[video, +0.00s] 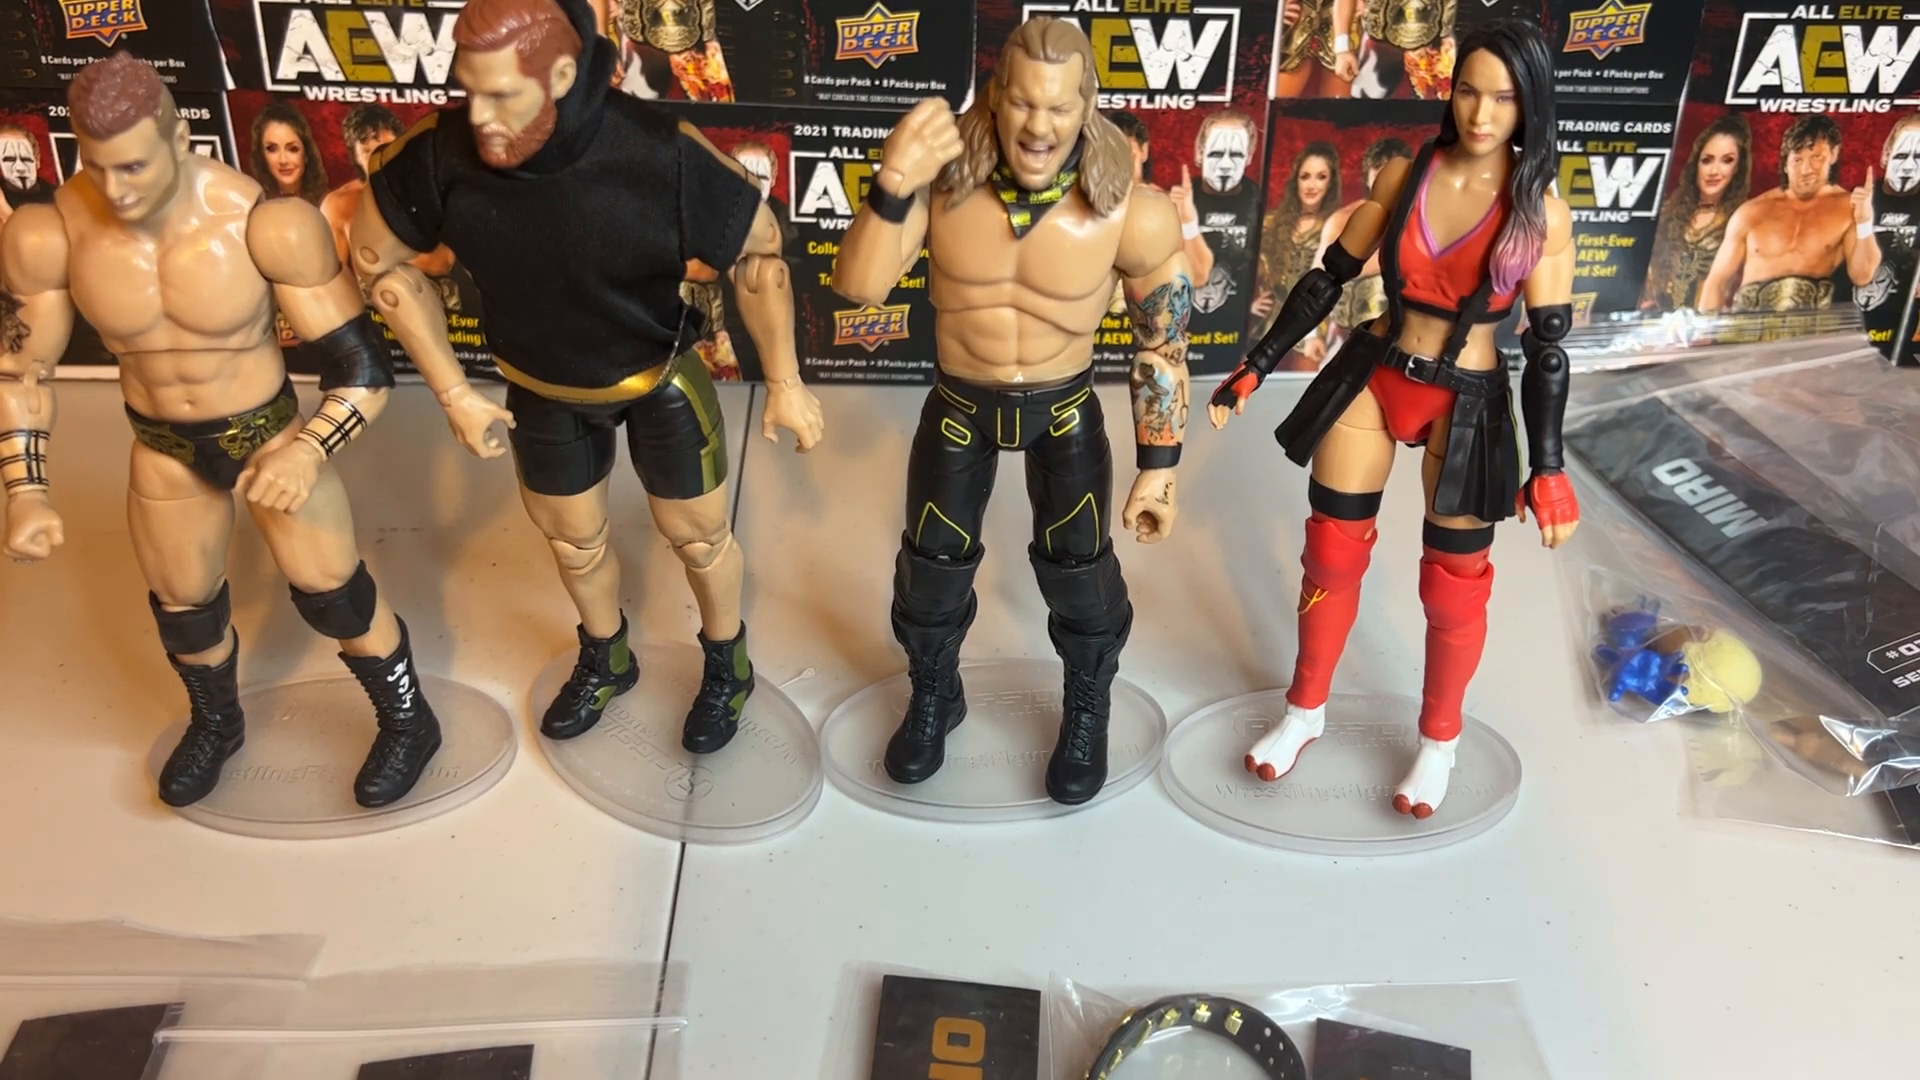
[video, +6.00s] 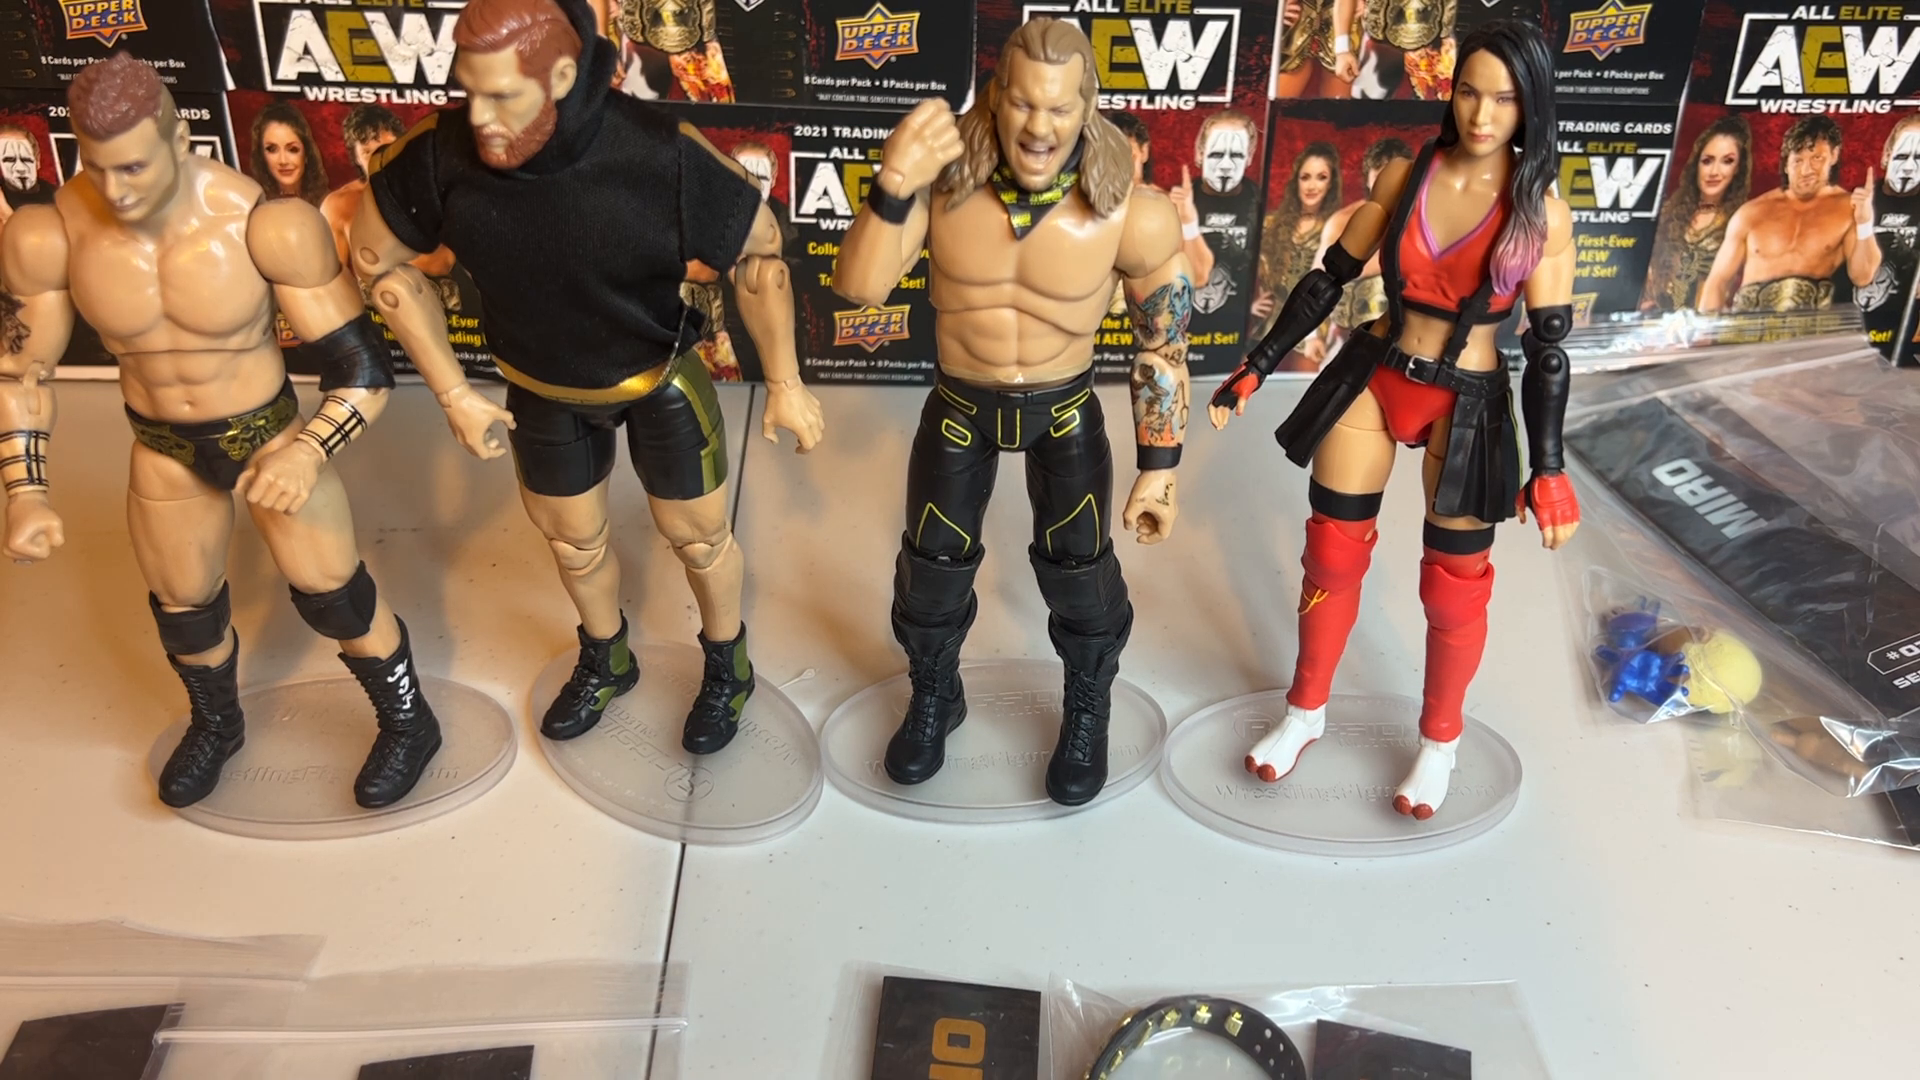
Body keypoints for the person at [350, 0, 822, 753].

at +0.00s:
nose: (480, 118)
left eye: (502, 96)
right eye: (468, 95)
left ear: (564, 75)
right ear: (456, 80)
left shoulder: (653, 154)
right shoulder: (443, 158)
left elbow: (757, 245)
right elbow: (372, 251)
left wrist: (784, 381)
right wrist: (453, 392)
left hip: (661, 380)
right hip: (542, 393)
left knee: (700, 541)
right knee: (575, 546)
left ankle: (726, 666)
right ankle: (607, 660)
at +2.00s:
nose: (481, 119)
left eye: (503, 96)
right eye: (468, 95)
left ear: (564, 76)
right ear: (456, 81)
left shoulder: (653, 155)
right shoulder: (443, 159)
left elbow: (757, 246)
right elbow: (372, 250)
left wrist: (784, 381)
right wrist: (453, 392)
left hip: (661, 382)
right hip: (543, 395)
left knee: (700, 540)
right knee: (575, 546)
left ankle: (726, 665)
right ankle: (607, 660)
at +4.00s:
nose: (481, 119)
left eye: (503, 96)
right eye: (468, 95)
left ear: (563, 76)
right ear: (457, 81)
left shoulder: (653, 155)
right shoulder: (442, 160)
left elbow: (757, 245)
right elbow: (372, 251)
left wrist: (784, 381)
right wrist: (452, 392)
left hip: (661, 382)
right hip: (542, 394)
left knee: (700, 540)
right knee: (575, 546)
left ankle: (726, 665)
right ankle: (607, 660)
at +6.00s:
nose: (481, 119)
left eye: (503, 96)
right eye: (468, 95)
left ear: (564, 76)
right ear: (457, 81)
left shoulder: (653, 155)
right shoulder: (442, 159)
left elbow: (757, 246)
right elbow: (373, 252)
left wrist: (784, 382)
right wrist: (453, 392)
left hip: (661, 381)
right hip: (542, 394)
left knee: (700, 540)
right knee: (575, 545)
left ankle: (726, 667)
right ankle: (607, 661)